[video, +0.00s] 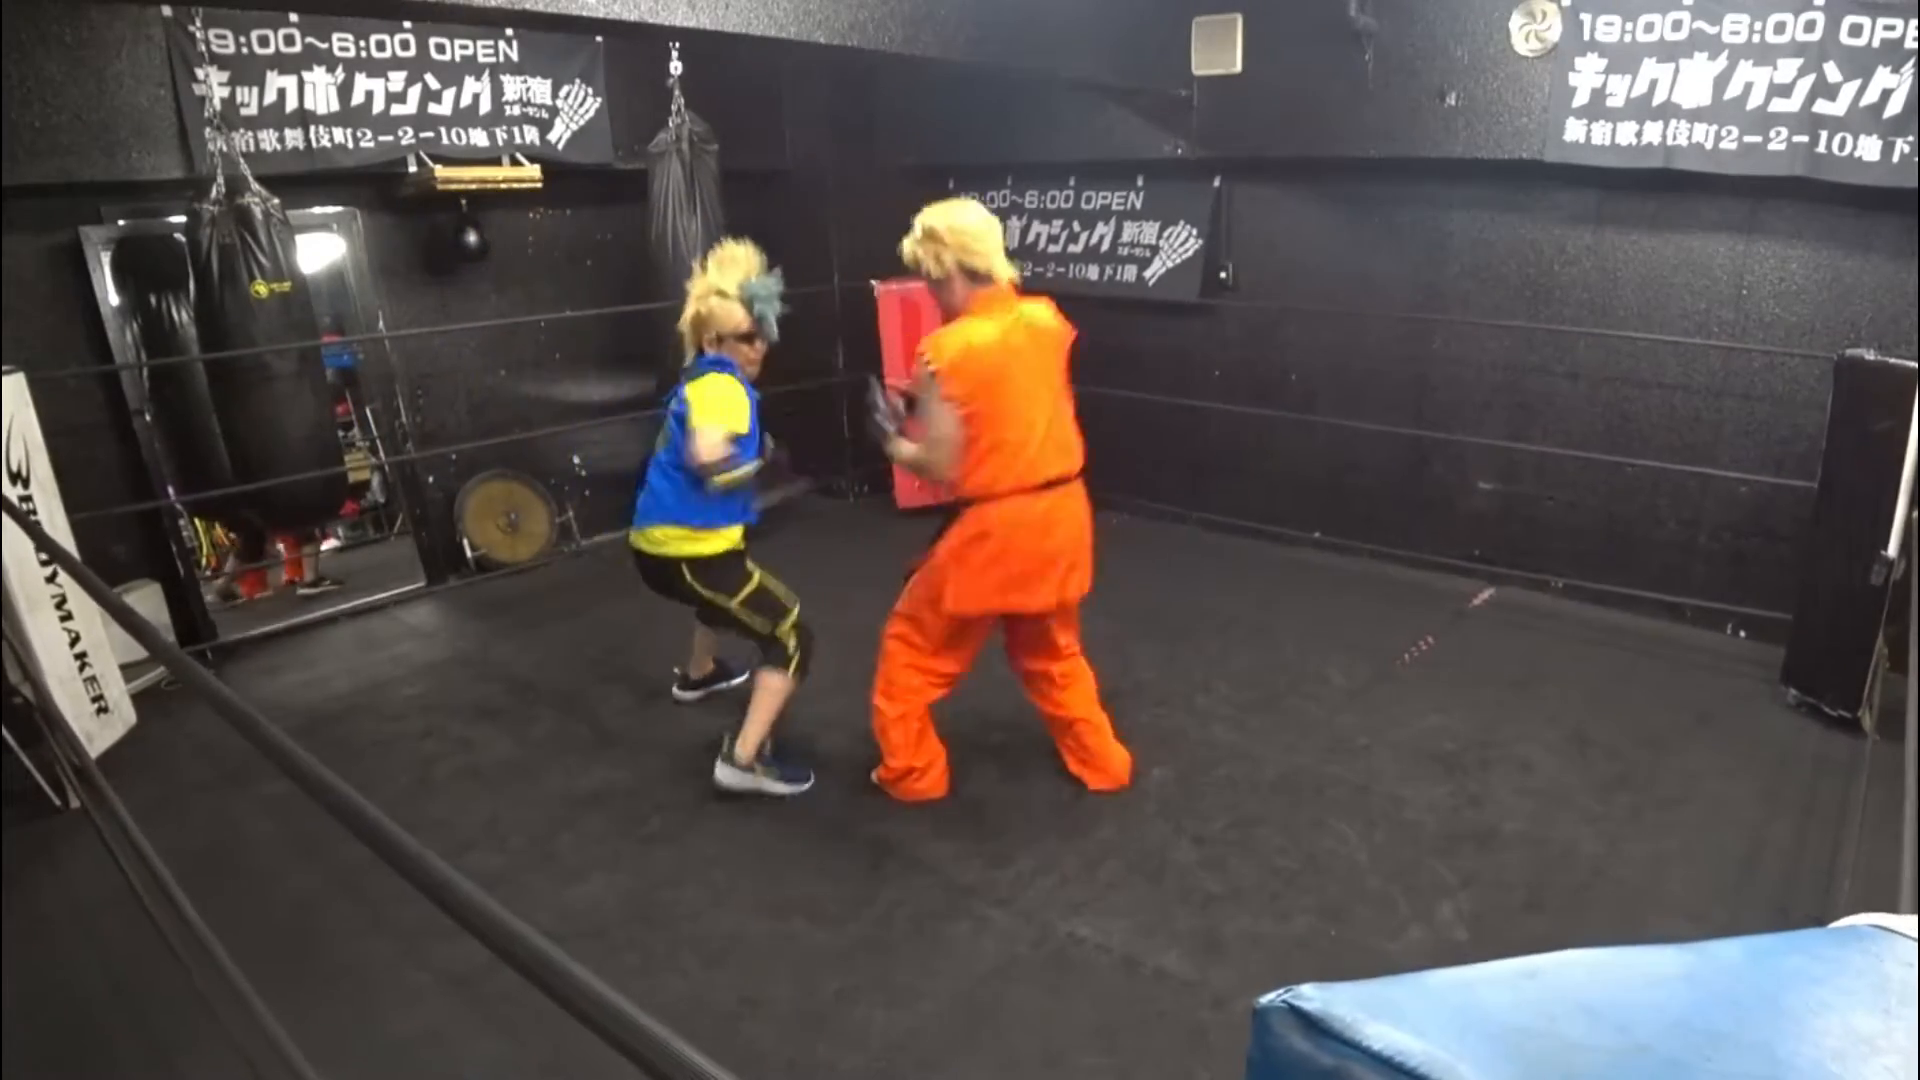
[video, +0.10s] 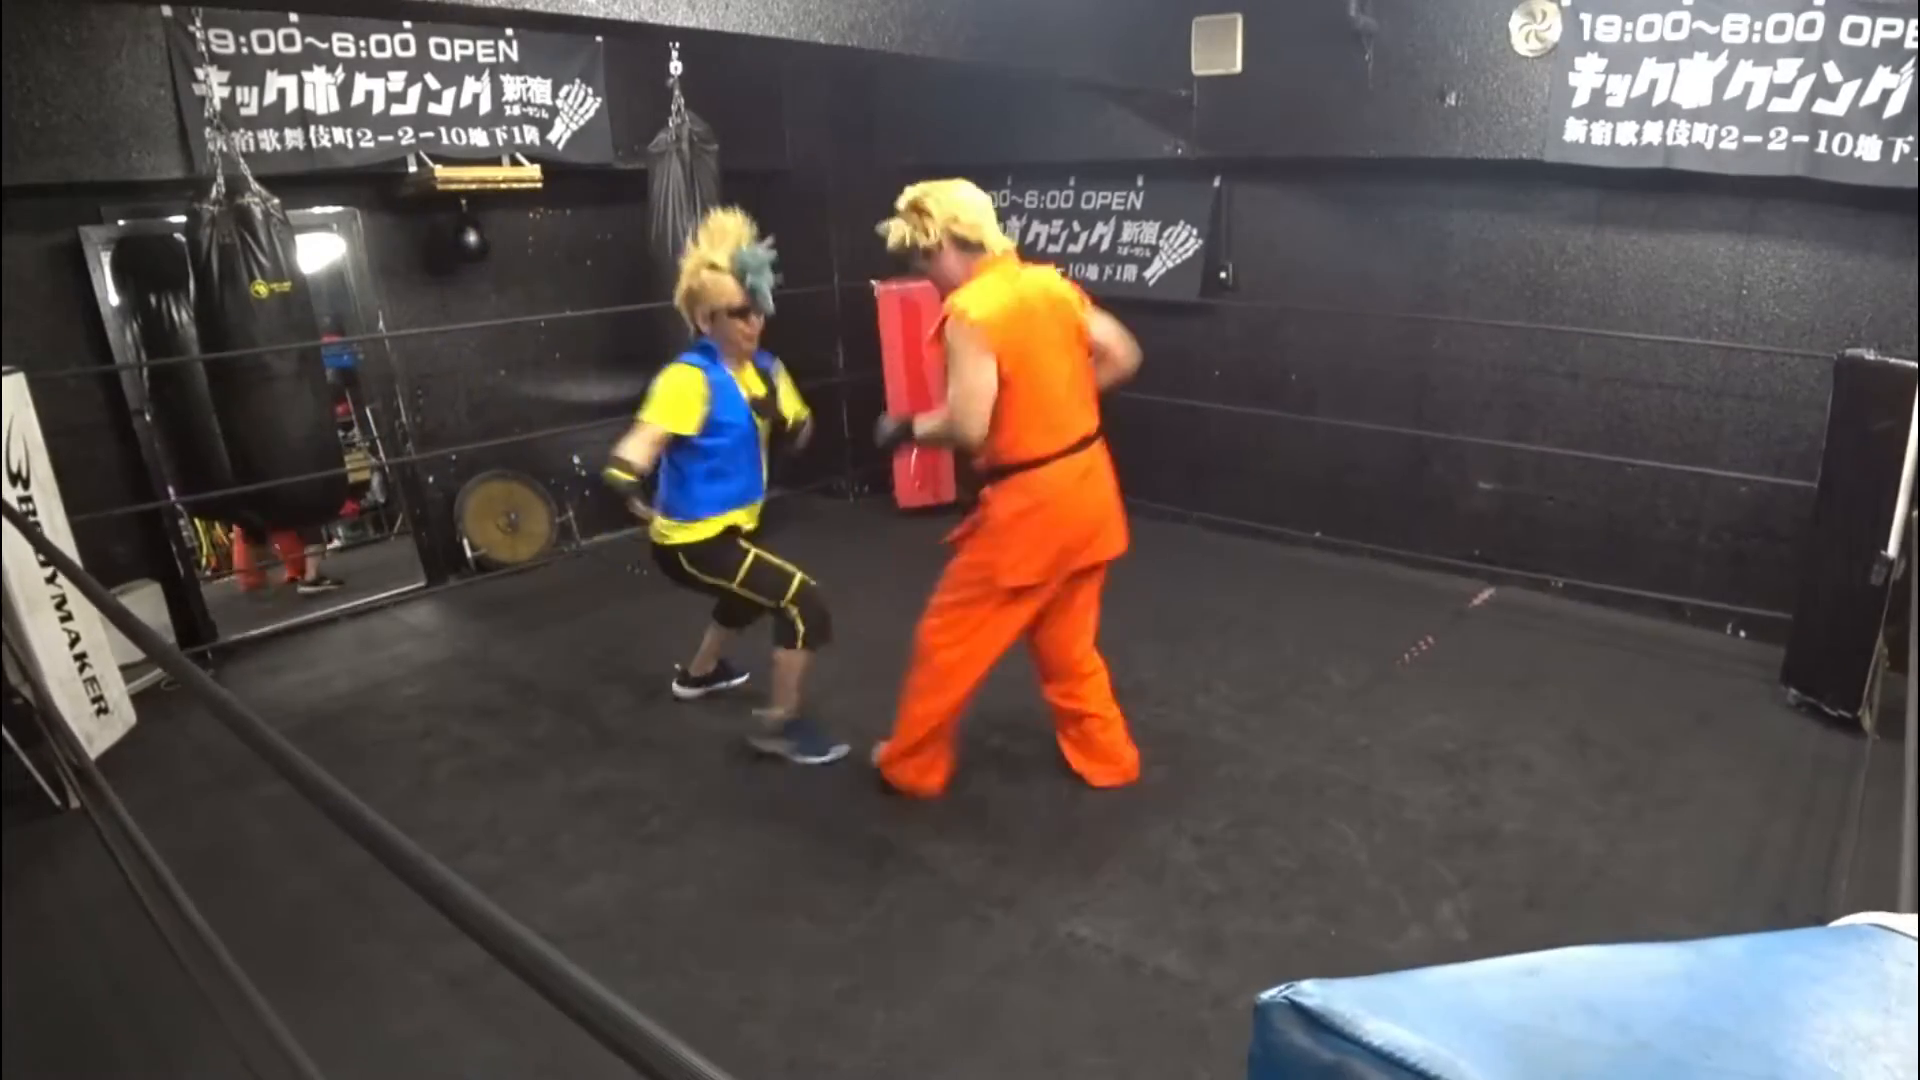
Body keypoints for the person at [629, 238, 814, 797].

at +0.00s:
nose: (761, 352)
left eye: (762, 341)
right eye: (752, 342)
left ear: (721, 341)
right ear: (723, 342)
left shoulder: (702, 381)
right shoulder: (720, 389)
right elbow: (708, 461)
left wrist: (748, 458)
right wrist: (758, 461)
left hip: (662, 541)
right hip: (690, 552)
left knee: (726, 580)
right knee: (791, 637)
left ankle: (699, 669)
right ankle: (744, 759)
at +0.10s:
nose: (752, 326)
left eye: (756, 312)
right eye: (738, 315)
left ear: (764, 312)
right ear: (705, 323)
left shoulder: (764, 367)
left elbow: (798, 429)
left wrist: (791, 426)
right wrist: (634, 494)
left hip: (738, 526)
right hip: (693, 543)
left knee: (745, 592)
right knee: (802, 601)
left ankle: (701, 670)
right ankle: (782, 721)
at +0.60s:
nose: (716, 320)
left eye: (719, 307)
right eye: (701, 310)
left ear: (725, 301)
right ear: (661, 316)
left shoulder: (749, 336)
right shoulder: (641, 383)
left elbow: (825, 349)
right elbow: (598, 440)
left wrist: (881, 348)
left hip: (832, 445)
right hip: (793, 507)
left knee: (903, 447)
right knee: (810, 613)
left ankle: (1012, 466)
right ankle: (840, 712)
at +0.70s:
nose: (709, 318)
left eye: (712, 304)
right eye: (693, 309)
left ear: (720, 299)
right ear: (654, 316)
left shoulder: (749, 332)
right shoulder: (642, 389)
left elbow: (827, 344)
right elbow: (612, 470)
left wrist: (898, 342)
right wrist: (577, 539)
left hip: (838, 459)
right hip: (790, 510)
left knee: (880, 482)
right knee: (810, 622)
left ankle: (912, 530)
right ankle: (839, 711)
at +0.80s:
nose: (704, 317)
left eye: (707, 303)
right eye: (688, 308)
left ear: (716, 296)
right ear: (651, 317)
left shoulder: (746, 332)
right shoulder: (646, 386)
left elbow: (817, 356)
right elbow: (664, 461)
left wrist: (860, 348)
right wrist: (667, 480)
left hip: (842, 472)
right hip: (780, 514)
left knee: (879, 585)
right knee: (802, 630)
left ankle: (830, 595)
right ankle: (837, 709)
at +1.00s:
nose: (689, 309)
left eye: (694, 296)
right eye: (672, 301)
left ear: (705, 294)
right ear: (643, 312)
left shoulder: (739, 335)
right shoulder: (652, 368)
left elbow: (823, 362)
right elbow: (677, 442)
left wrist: (765, 328)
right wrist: (691, 508)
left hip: (803, 513)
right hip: (734, 533)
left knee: (824, 637)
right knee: (782, 653)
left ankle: (753, 646)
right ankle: (833, 710)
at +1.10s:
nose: (671, 302)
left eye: (676, 288)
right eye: (655, 293)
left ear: (694, 291)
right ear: (639, 305)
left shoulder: (737, 331)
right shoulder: (648, 361)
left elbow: (771, 374)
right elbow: (658, 425)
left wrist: (712, 331)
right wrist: (659, 474)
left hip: (780, 514)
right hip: (715, 530)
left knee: (796, 646)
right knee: (775, 647)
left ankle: (707, 636)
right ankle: (829, 709)